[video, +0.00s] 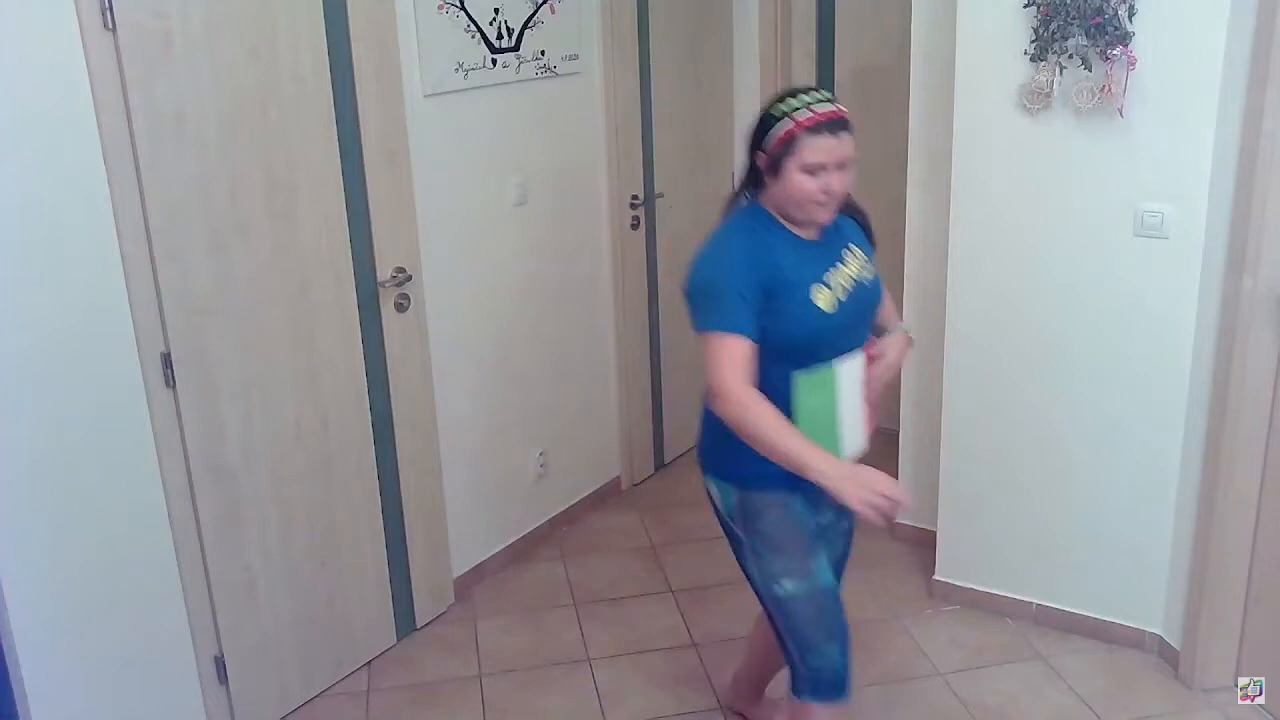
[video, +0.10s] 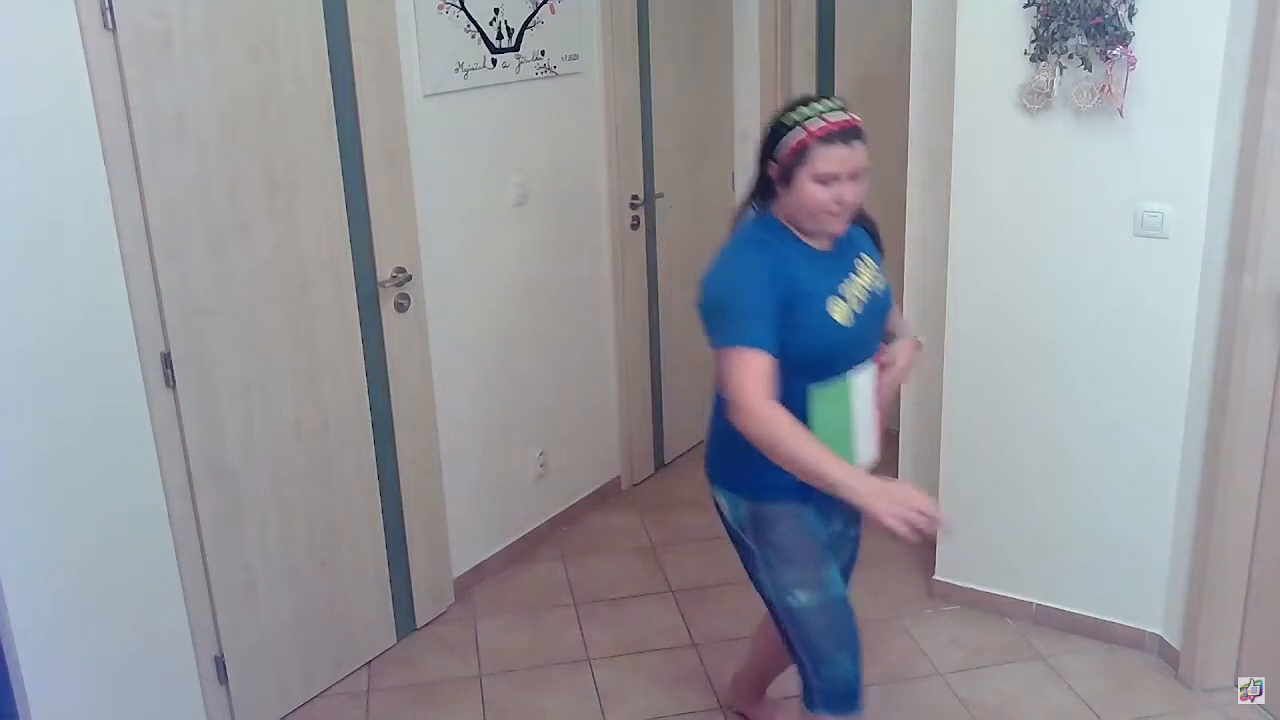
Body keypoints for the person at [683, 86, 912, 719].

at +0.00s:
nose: (834, 186)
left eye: (844, 168)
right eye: (815, 171)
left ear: (854, 163)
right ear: (768, 170)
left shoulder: (846, 228)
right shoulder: (733, 255)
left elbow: (877, 307)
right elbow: (728, 393)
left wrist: (895, 341)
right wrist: (836, 473)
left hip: (839, 464)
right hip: (759, 477)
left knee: (801, 604)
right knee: (825, 662)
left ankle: (740, 694)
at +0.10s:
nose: (845, 195)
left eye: (856, 178)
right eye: (827, 180)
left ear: (868, 173)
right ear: (779, 179)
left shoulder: (856, 236)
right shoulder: (746, 268)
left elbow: (882, 312)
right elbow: (750, 409)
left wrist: (903, 343)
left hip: (844, 474)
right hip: (766, 487)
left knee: (808, 606)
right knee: (834, 663)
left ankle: (741, 692)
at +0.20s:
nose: (921, 244)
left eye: (933, 225)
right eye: (901, 227)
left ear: (944, 221)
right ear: (851, 225)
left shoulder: (901, 286)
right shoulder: (829, 323)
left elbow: (916, 345)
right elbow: (876, 488)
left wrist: (938, 385)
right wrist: (1012, 597)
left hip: (850, 504)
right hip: (790, 518)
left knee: (821, 618)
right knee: (875, 693)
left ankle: (747, 686)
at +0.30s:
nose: (975, 273)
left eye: (984, 253)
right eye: (953, 257)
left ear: (996, 248)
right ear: (899, 258)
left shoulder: (938, 308)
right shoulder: (874, 340)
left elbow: (931, 375)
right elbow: (945, 541)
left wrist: (963, 414)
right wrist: (1081, 660)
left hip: (846, 511)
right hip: (796, 527)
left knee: (802, 615)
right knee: (884, 701)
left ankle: (747, 686)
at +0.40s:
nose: (1032, 315)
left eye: (1038, 293)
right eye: (1008, 300)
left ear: (1047, 277)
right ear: (950, 295)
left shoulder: (921, 295)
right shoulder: (924, 384)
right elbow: (1005, 590)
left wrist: (976, 433)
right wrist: (1127, 710)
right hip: (797, 529)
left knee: (798, 598)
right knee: (889, 705)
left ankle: (741, 675)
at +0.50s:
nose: (1093, 373)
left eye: (1100, 349)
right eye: (1067, 360)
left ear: (1110, 331)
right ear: (1011, 351)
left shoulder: (975, 297)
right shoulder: (978, 439)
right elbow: (1065, 653)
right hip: (804, 530)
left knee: (782, 574)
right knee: (893, 709)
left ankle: (727, 626)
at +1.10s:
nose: (1081, 383)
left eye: (1090, 355)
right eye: (1054, 366)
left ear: (1098, 340)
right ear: (994, 361)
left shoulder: (984, 321)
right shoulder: (953, 461)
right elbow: (969, 653)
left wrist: (996, 486)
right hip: (801, 539)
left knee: (788, 588)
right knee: (892, 709)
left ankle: (722, 635)